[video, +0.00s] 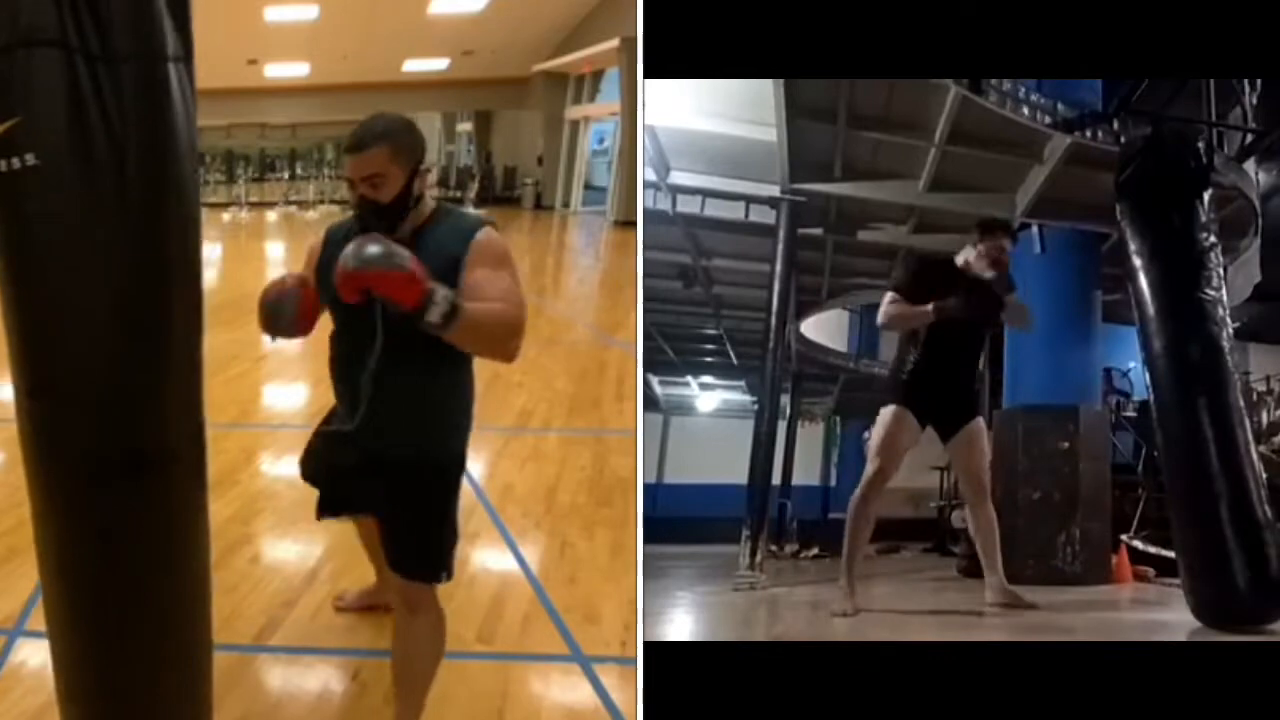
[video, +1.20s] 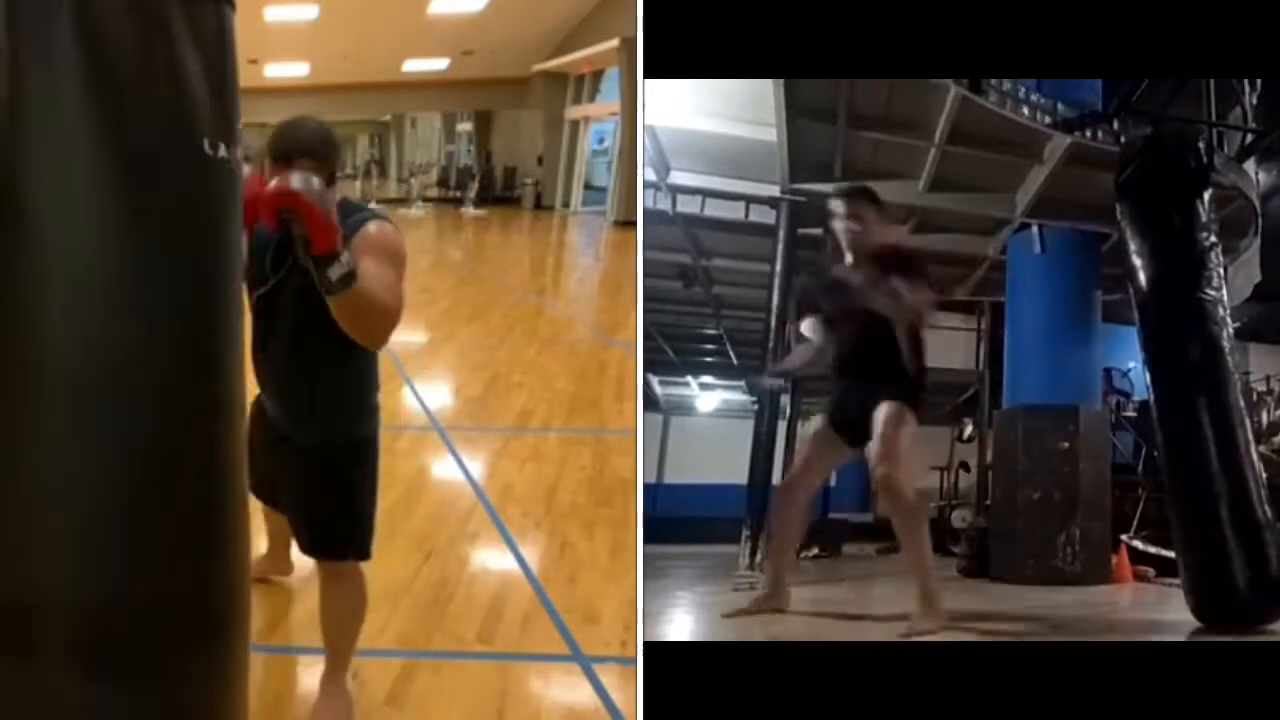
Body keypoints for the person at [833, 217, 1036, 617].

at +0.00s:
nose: (1000, 263)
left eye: (1005, 257)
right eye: (995, 253)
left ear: (1005, 260)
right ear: (974, 246)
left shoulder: (991, 293)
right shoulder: (926, 269)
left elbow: (1025, 321)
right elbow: (886, 316)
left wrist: (1000, 288)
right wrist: (936, 310)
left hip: (961, 397)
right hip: (913, 390)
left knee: (979, 489)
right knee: (876, 475)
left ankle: (996, 584)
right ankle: (847, 583)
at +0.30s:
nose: (976, 262)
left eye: (983, 257)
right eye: (971, 251)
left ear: (986, 262)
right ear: (951, 246)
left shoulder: (979, 295)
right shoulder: (911, 275)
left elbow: (998, 344)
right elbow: (872, 322)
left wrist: (999, 332)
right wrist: (918, 313)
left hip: (955, 399)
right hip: (905, 394)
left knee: (987, 482)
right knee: (859, 476)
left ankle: (998, 584)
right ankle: (812, 584)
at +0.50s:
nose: (943, 250)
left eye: (949, 243)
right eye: (937, 240)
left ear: (950, 248)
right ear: (914, 235)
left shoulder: (939, 282)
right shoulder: (878, 264)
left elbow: (954, 330)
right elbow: (859, 303)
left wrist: (973, 311)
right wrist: (912, 281)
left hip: (921, 387)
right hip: (873, 383)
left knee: (963, 473)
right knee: (836, 472)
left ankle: (980, 569)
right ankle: (807, 582)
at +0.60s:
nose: (925, 242)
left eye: (931, 236)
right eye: (919, 233)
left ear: (936, 241)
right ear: (899, 231)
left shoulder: (935, 273)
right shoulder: (868, 264)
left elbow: (973, 318)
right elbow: (822, 299)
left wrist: (974, 283)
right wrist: (880, 276)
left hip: (907, 387)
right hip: (860, 382)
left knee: (925, 487)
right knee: (823, 464)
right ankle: (785, 570)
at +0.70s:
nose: (913, 250)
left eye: (919, 246)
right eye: (908, 241)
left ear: (924, 254)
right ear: (890, 243)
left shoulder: (927, 284)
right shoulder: (861, 279)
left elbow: (968, 311)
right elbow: (800, 313)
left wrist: (960, 267)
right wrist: (842, 291)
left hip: (901, 401)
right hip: (852, 395)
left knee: (891, 504)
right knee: (807, 475)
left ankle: (869, 583)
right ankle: (768, 590)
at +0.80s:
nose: (896, 264)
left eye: (903, 258)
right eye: (891, 254)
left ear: (908, 261)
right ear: (873, 252)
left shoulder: (911, 294)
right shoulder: (846, 287)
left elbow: (946, 319)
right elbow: (788, 324)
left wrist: (918, 278)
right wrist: (805, 309)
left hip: (886, 405)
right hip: (836, 400)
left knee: (891, 503)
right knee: (790, 483)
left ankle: (874, 572)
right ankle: (767, 593)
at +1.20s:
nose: (847, 227)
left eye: (857, 218)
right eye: (840, 219)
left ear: (879, 224)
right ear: (831, 227)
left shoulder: (900, 266)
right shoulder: (823, 282)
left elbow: (918, 312)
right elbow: (819, 343)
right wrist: (784, 369)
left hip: (896, 390)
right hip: (849, 393)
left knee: (887, 476)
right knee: (793, 487)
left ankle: (930, 606)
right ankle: (775, 591)